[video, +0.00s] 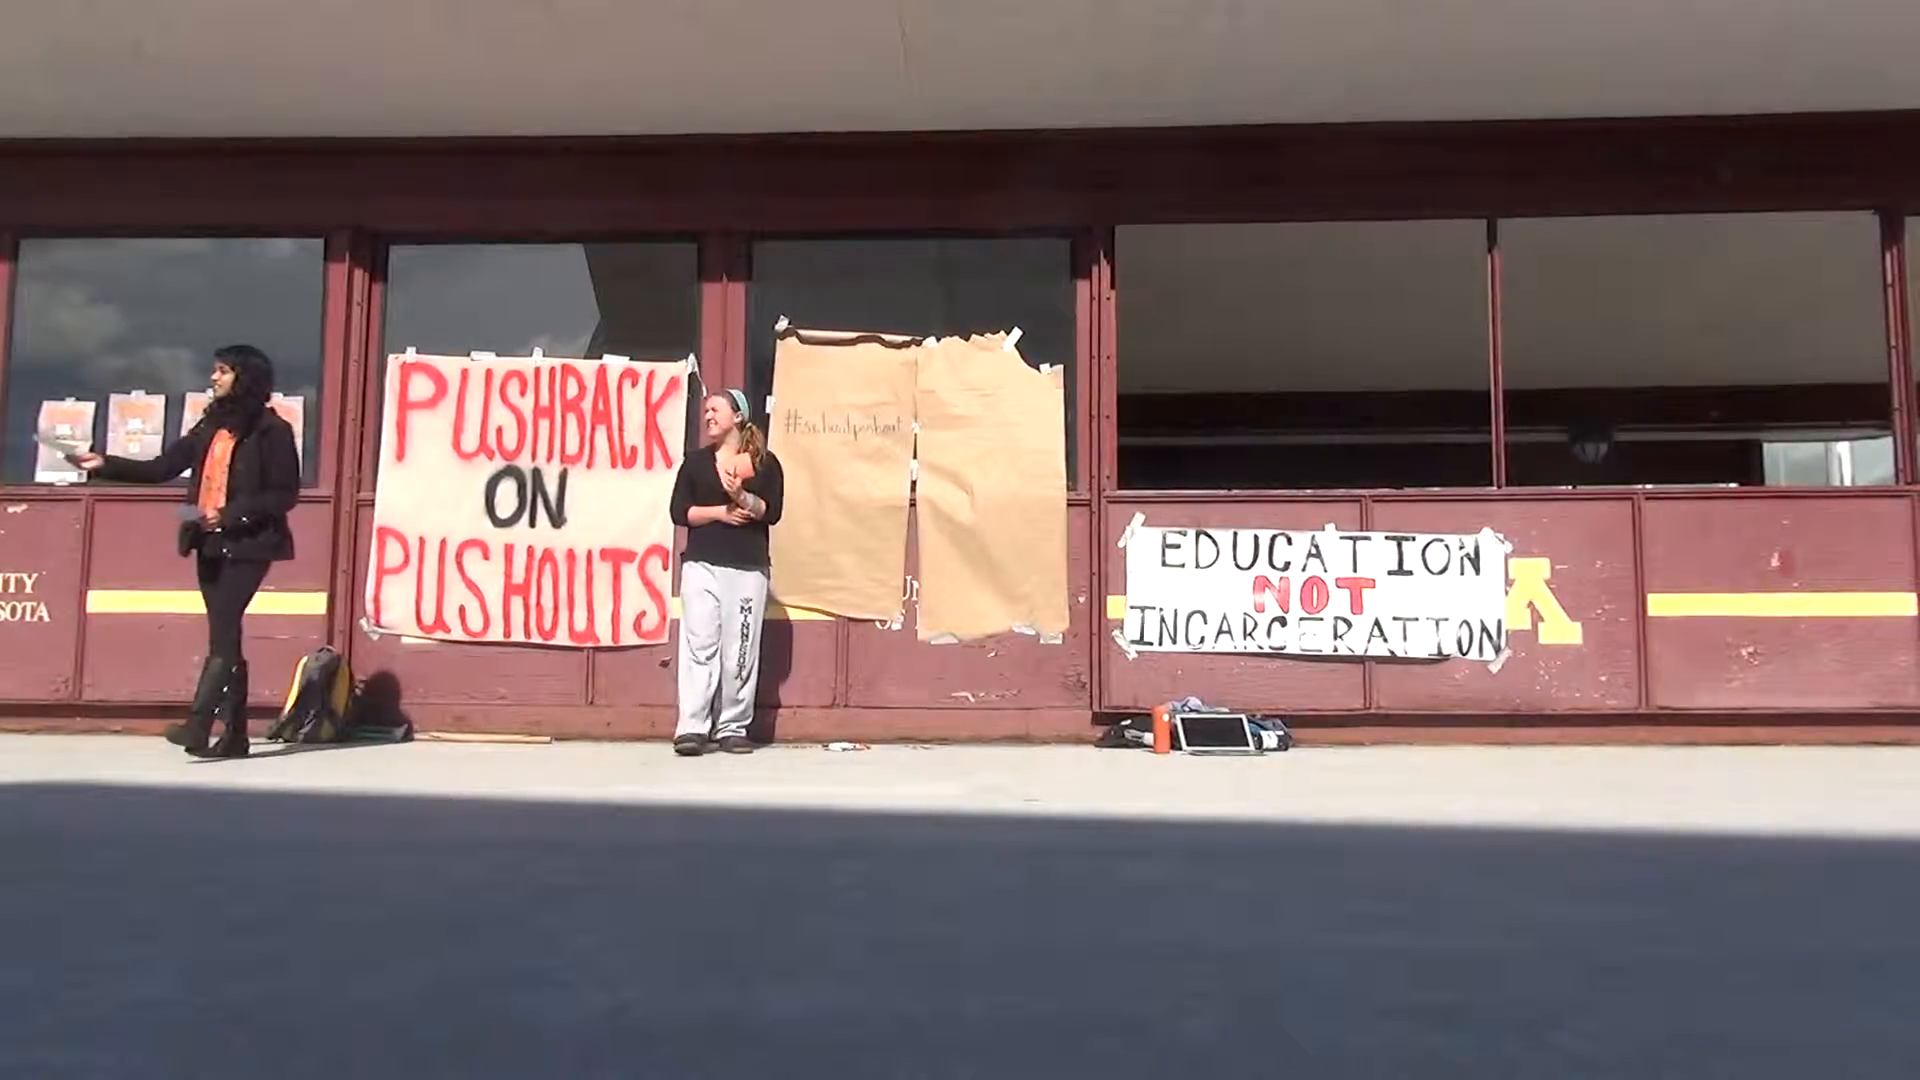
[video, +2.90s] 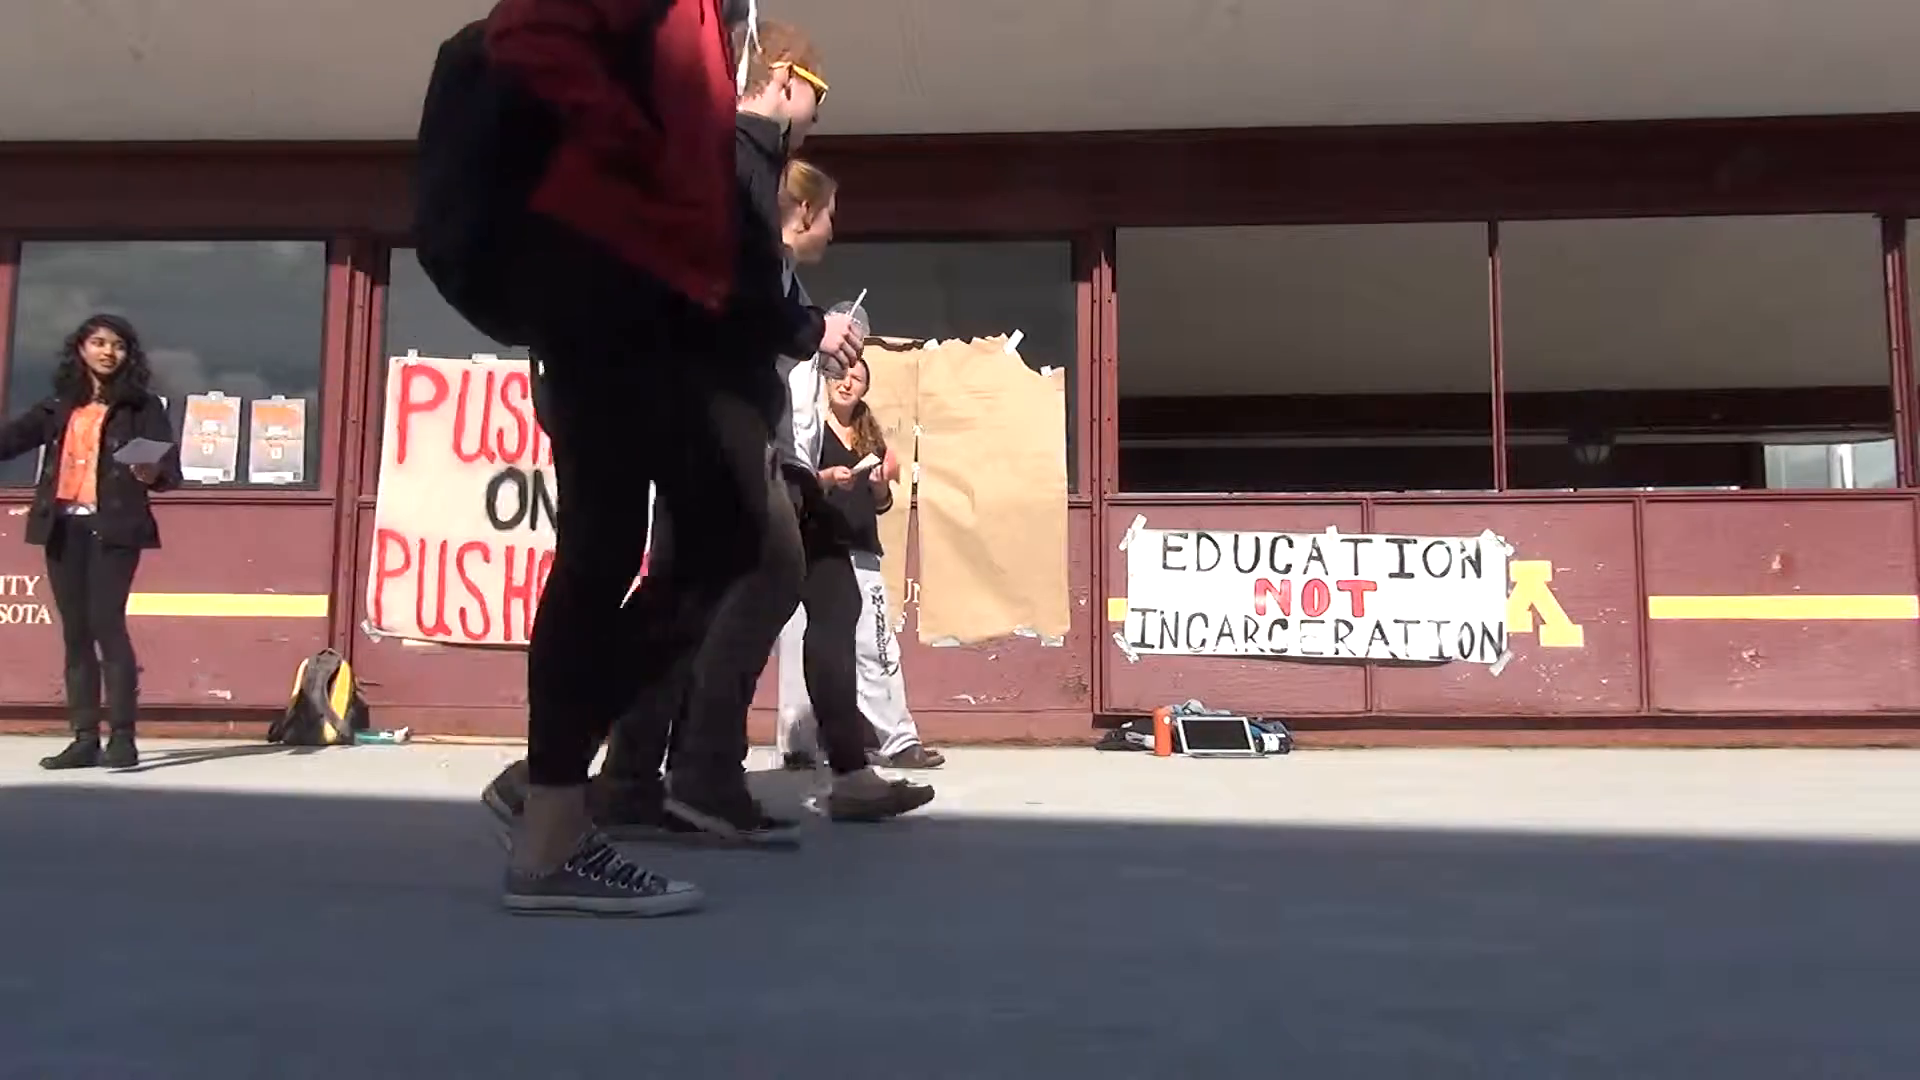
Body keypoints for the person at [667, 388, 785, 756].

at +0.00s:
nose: (708, 416)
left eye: (715, 410)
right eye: (707, 411)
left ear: (738, 416)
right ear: (709, 416)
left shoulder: (765, 462)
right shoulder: (695, 461)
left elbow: (772, 514)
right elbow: (679, 512)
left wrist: (739, 494)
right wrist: (718, 513)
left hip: (747, 566)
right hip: (701, 563)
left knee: (740, 647)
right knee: (699, 646)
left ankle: (733, 728)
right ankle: (691, 728)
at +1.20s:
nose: (742, 402)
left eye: (752, 397)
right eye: (740, 396)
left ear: (774, 406)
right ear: (736, 405)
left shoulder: (796, 455)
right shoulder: (718, 452)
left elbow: (813, 507)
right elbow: (695, 503)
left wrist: (791, 506)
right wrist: (725, 504)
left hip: (780, 564)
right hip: (729, 562)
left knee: (781, 651)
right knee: (717, 648)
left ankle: (785, 736)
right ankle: (699, 735)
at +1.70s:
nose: (797, 400)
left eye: (805, 394)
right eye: (791, 395)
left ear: (821, 403)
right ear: (784, 403)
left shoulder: (837, 452)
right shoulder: (771, 442)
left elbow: (850, 511)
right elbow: (756, 484)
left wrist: (834, 493)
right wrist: (754, 480)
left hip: (818, 559)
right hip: (772, 553)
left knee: (809, 646)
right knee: (773, 641)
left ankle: (792, 737)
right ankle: (756, 737)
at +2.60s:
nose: (820, 382)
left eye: (830, 379)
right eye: (815, 375)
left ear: (841, 391)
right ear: (803, 382)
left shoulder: (849, 438)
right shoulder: (776, 429)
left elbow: (858, 504)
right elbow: (764, 482)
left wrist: (859, 487)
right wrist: (795, 476)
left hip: (842, 555)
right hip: (791, 551)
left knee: (855, 646)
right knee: (793, 649)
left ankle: (840, 737)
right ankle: (795, 743)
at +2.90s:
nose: (847, 382)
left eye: (856, 377)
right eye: (841, 374)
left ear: (866, 388)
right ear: (827, 381)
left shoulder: (870, 434)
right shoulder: (808, 428)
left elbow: (881, 504)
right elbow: (788, 479)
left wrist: (879, 484)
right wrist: (822, 478)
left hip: (861, 552)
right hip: (811, 550)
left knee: (875, 647)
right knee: (800, 652)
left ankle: (897, 739)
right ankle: (801, 746)